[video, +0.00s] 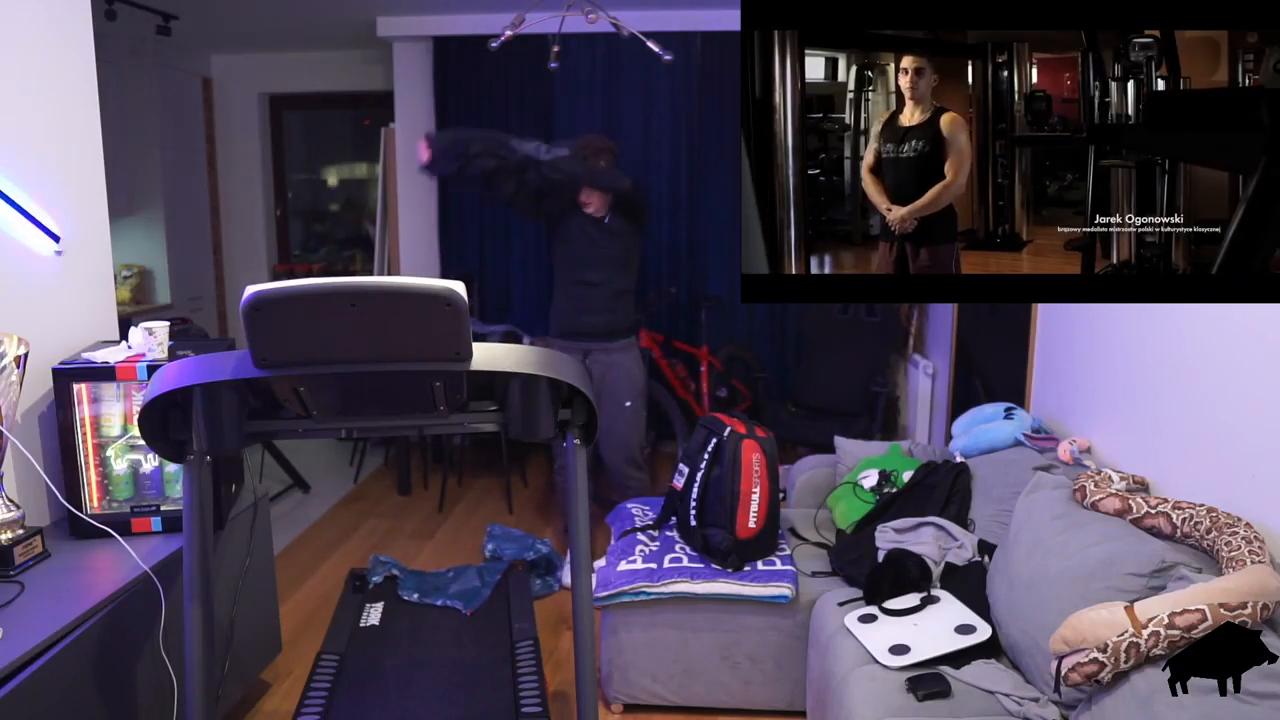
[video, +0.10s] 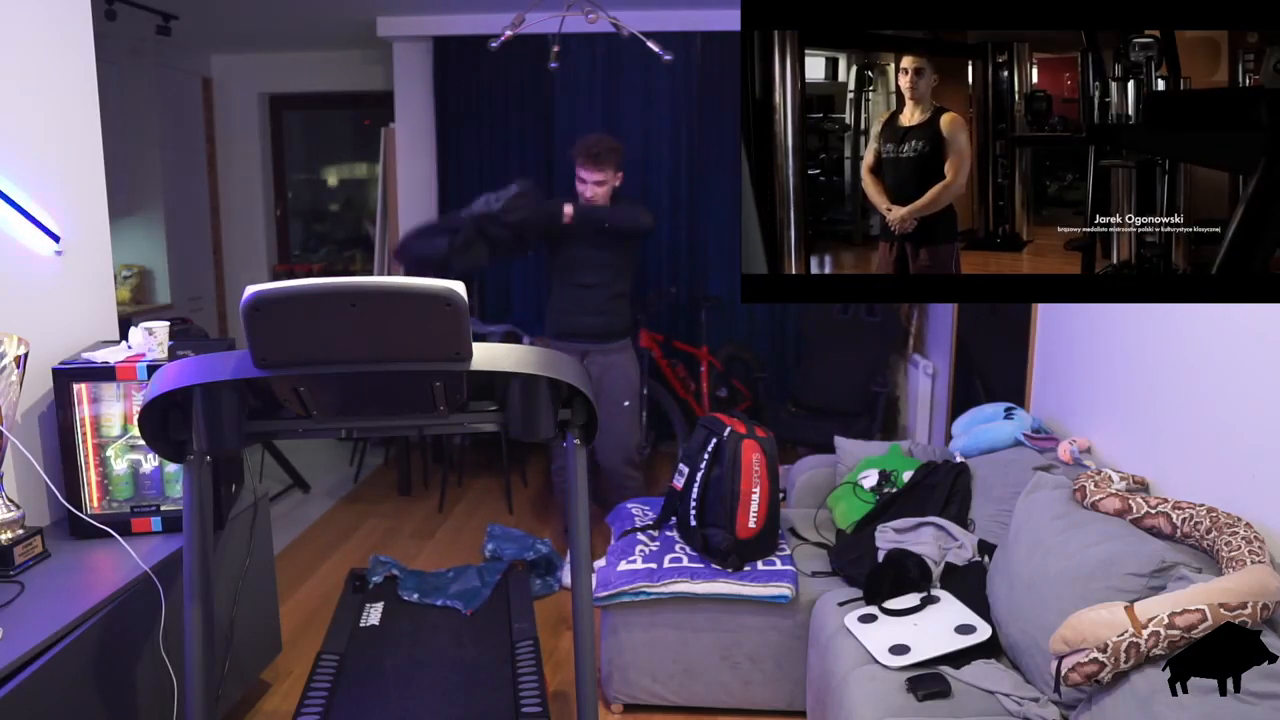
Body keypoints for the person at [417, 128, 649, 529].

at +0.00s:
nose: (587, 197)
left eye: (596, 189)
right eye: (581, 188)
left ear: (613, 187)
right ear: (571, 186)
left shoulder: (630, 216)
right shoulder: (559, 210)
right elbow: (510, 172)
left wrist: (548, 160)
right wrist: (449, 151)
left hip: (616, 349)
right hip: (563, 348)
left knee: (623, 449)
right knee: (568, 445)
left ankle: (636, 537)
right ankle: (573, 532)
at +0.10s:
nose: (589, 190)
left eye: (598, 182)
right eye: (583, 181)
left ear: (616, 180)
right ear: (575, 177)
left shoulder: (628, 214)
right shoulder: (558, 214)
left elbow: (643, 222)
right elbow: (513, 217)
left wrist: (578, 214)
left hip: (614, 351)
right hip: (561, 351)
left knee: (619, 453)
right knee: (565, 451)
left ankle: (631, 537)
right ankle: (572, 538)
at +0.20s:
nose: (591, 190)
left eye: (601, 183)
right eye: (584, 180)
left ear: (612, 182)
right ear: (571, 173)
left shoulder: (625, 221)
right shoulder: (545, 224)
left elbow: (661, 261)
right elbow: (512, 280)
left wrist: (611, 261)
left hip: (610, 355)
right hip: (556, 356)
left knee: (614, 454)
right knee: (563, 455)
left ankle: (627, 542)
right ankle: (575, 543)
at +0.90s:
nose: (626, 200)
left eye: (634, 192)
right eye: (620, 189)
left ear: (642, 189)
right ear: (597, 176)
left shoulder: (643, 225)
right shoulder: (559, 225)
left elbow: (654, 289)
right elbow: (536, 290)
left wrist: (632, 334)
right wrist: (572, 327)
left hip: (629, 353)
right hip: (574, 354)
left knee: (647, 458)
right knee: (578, 458)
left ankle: (661, 553)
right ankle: (577, 543)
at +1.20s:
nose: (664, 195)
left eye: (672, 188)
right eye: (658, 182)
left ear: (677, 188)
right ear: (634, 170)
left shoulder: (675, 228)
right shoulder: (592, 220)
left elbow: (691, 297)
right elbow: (552, 269)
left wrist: (722, 329)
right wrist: (571, 280)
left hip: (654, 354)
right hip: (598, 354)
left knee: (662, 458)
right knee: (591, 460)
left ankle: (662, 551)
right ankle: (584, 551)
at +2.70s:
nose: (585, 211)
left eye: (593, 199)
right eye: (576, 202)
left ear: (616, 184)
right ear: (568, 197)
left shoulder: (654, 225)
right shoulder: (567, 232)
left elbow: (674, 298)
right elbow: (552, 301)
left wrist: (653, 355)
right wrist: (578, 297)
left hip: (644, 367)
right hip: (588, 367)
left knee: (657, 481)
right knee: (575, 475)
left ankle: (665, 578)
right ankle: (567, 583)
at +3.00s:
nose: (550, 208)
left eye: (556, 196)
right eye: (539, 201)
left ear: (576, 178)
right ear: (528, 196)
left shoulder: (620, 220)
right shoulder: (531, 231)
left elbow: (652, 294)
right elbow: (516, 282)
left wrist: (670, 365)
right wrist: (499, 308)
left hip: (615, 368)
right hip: (552, 369)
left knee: (603, 483)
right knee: (555, 486)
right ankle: (563, 582)